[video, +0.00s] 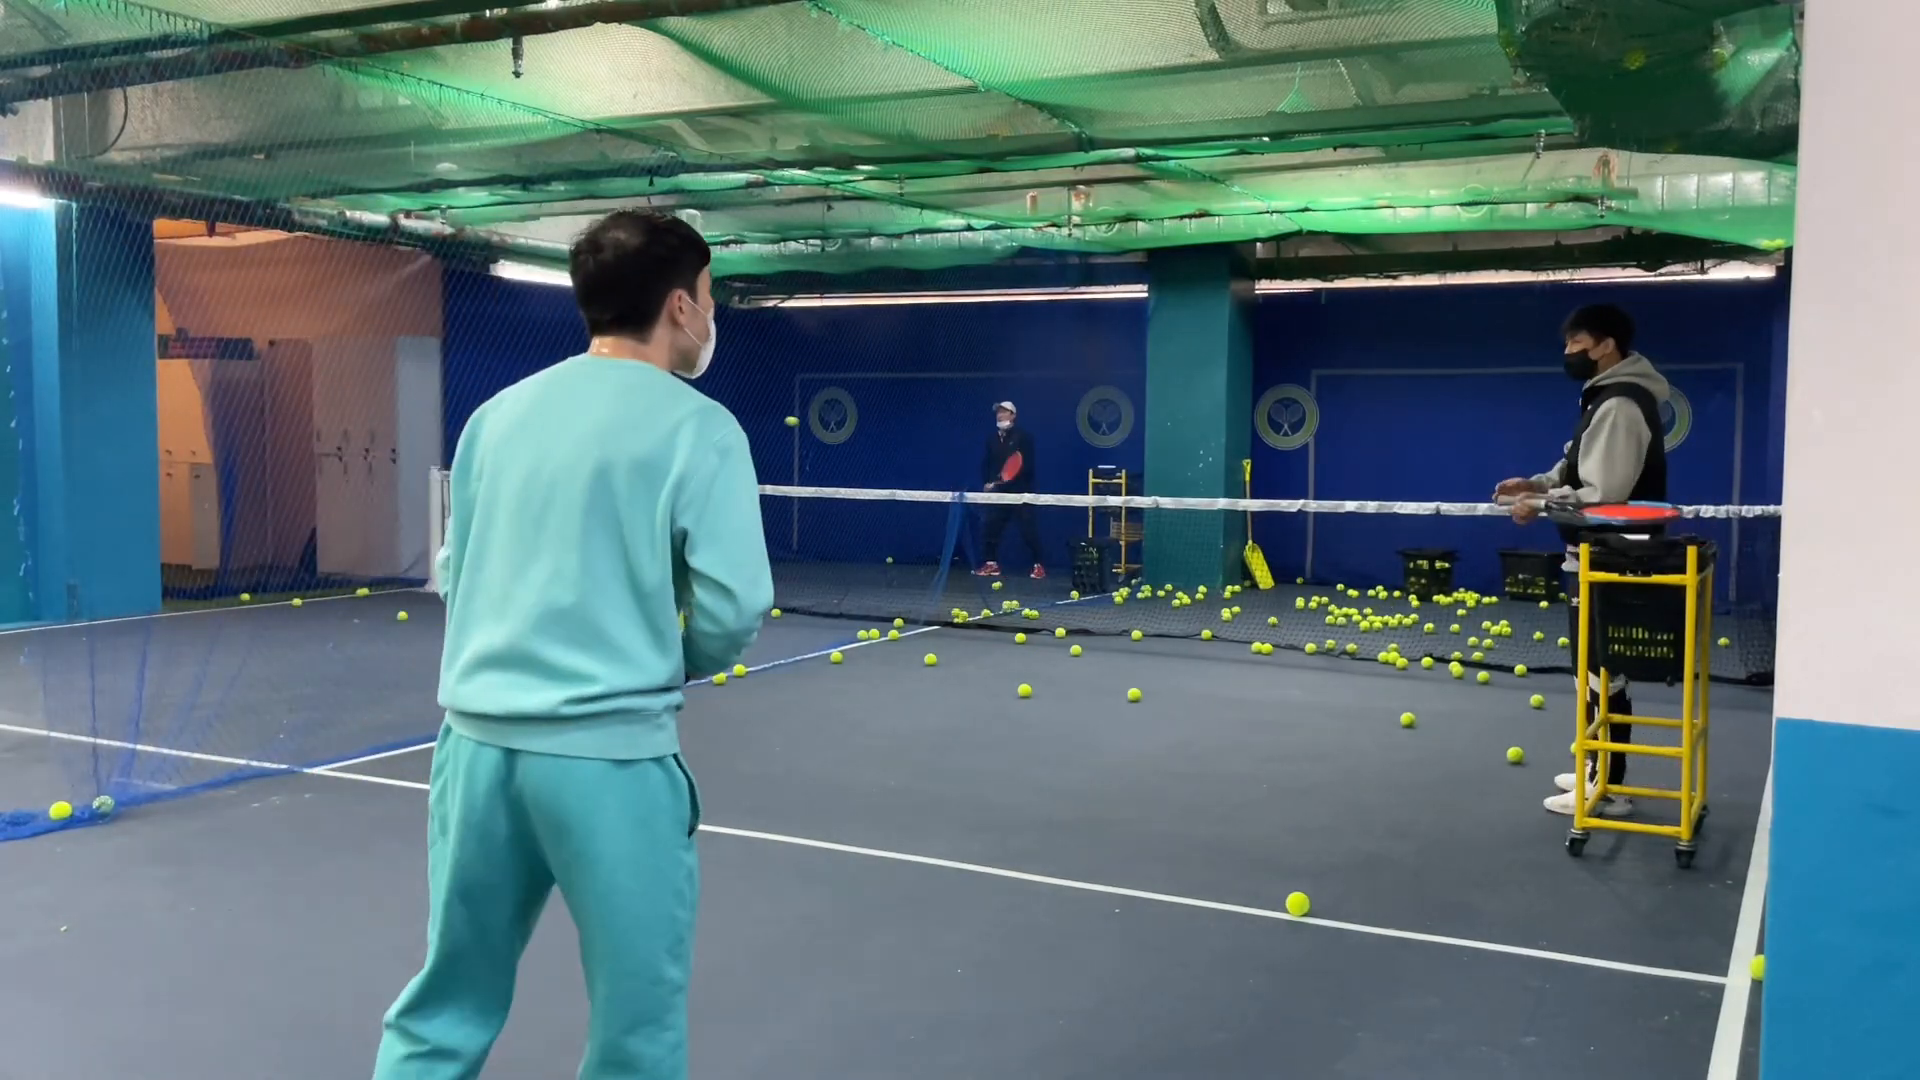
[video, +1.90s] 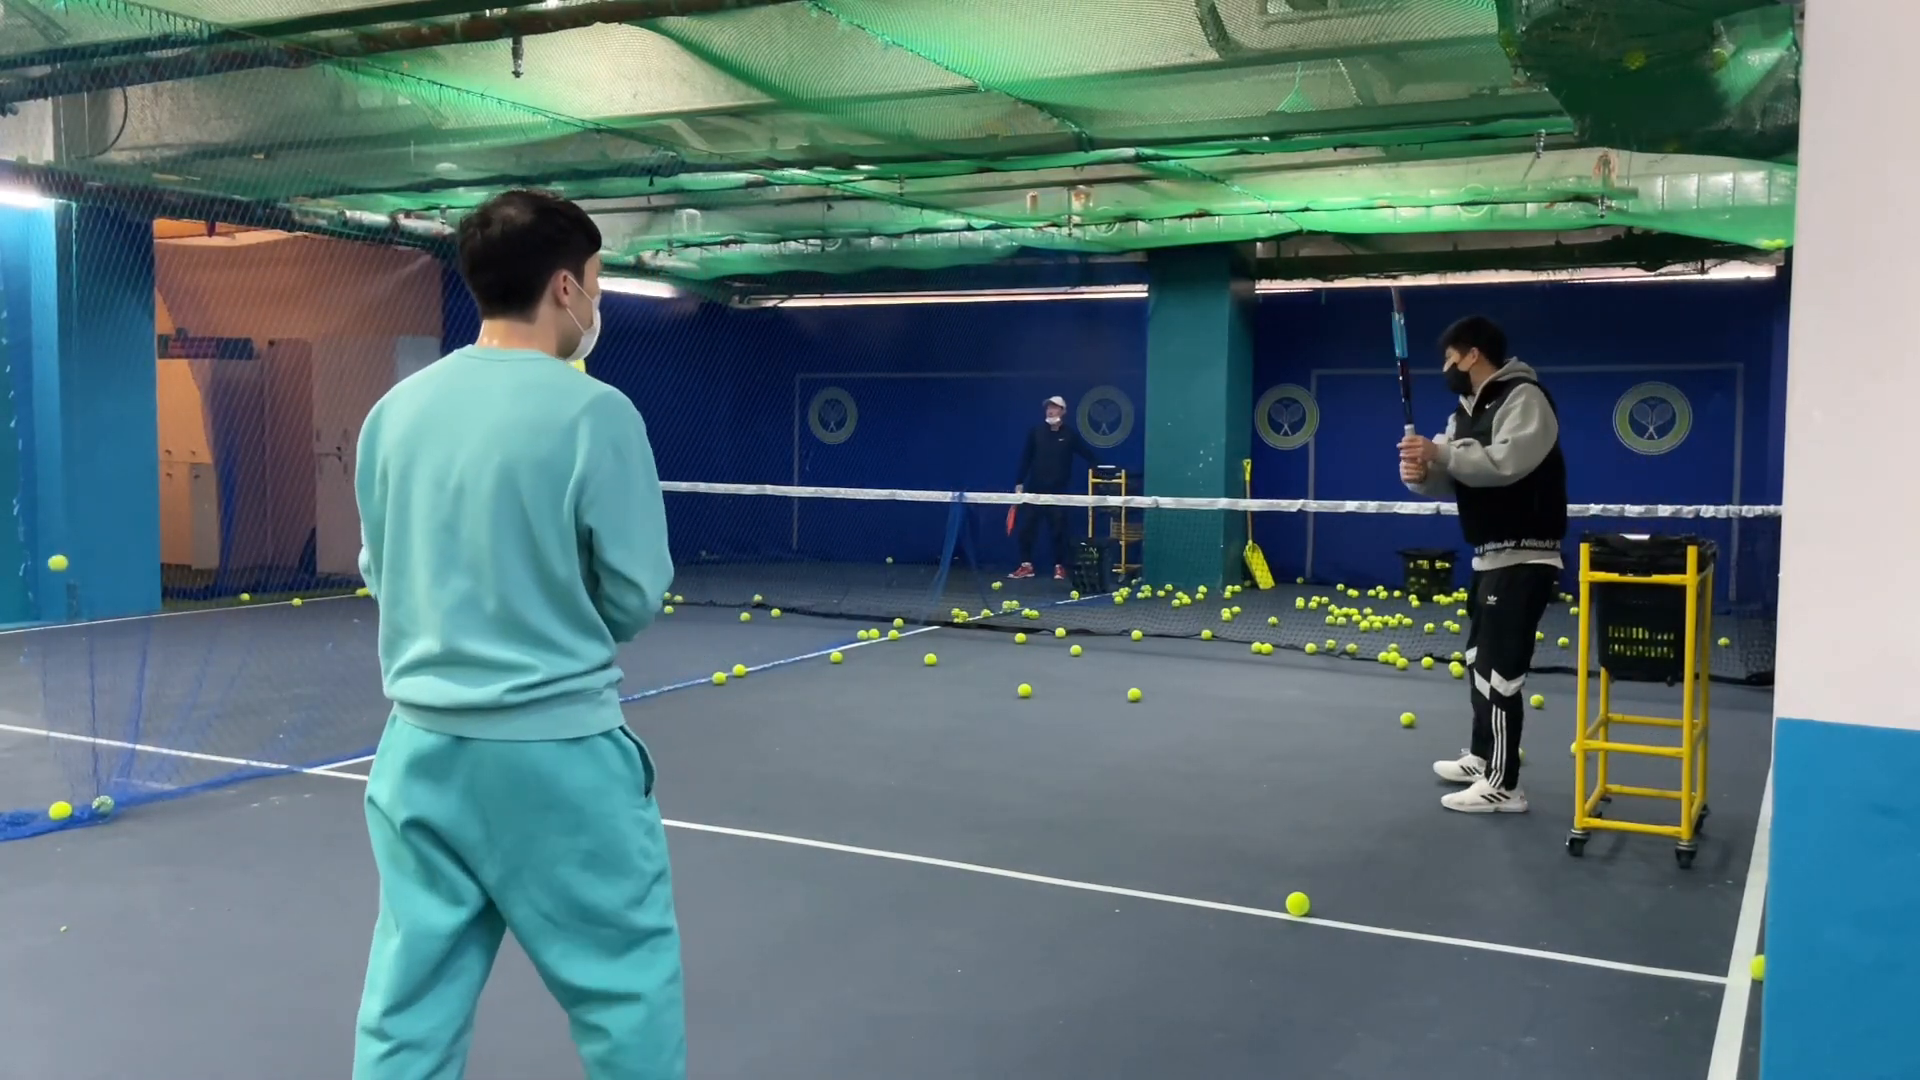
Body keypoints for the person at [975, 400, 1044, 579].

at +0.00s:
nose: (1000, 416)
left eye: (1004, 412)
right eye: (998, 413)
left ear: (1013, 415)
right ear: (995, 416)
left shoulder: (1023, 437)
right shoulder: (992, 439)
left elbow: (1027, 465)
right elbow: (986, 463)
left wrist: (1006, 480)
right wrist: (987, 481)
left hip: (1020, 488)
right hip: (998, 489)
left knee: (1028, 527)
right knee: (992, 525)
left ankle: (1037, 564)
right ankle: (991, 563)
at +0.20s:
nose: (1011, 429)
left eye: (1015, 426)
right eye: (1009, 425)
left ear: (1023, 428)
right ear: (1006, 428)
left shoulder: (1033, 447)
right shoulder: (1002, 448)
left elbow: (1041, 472)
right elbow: (996, 473)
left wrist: (1033, 489)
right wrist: (996, 494)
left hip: (1031, 494)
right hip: (1008, 494)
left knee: (1036, 528)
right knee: (995, 523)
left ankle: (1039, 565)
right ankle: (992, 563)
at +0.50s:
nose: (1034, 443)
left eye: (1037, 440)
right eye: (1031, 440)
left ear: (1042, 442)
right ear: (1025, 440)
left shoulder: (1048, 460)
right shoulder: (1015, 458)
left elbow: (1054, 486)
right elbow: (1001, 482)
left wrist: (1046, 490)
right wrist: (990, 501)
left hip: (1039, 503)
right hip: (1014, 501)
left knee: (1046, 526)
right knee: (997, 522)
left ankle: (1034, 566)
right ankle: (992, 563)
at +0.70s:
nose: (1043, 437)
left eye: (1047, 434)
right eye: (1040, 433)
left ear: (1050, 437)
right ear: (1034, 433)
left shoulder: (1054, 456)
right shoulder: (1023, 452)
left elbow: (1057, 480)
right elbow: (1003, 472)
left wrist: (1043, 470)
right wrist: (995, 494)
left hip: (1043, 499)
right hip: (1018, 496)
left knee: (1045, 532)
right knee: (1005, 530)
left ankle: (1033, 566)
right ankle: (992, 563)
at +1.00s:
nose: (1036, 421)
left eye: (1040, 417)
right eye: (1034, 417)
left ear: (1046, 421)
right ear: (1029, 419)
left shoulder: (1052, 441)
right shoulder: (1019, 440)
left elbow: (1062, 471)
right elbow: (1005, 468)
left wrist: (1055, 461)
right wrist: (1000, 494)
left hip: (1042, 491)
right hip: (1018, 490)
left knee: (1041, 529)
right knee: (1017, 528)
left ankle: (1033, 565)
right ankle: (1016, 563)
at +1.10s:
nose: (1031, 418)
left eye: (1035, 415)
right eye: (1029, 414)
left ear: (1042, 418)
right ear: (1025, 417)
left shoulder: (1049, 439)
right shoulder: (1016, 439)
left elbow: (1063, 467)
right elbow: (1003, 466)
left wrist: (1072, 461)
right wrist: (996, 491)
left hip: (1041, 491)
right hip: (1017, 490)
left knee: (1041, 529)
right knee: (1017, 528)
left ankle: (1034, 565)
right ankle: (1019, 565)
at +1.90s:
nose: (1051, 411)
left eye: (1055, 408)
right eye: (1049, 408)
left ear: (1063, 412)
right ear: (1045, 410)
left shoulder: (1069, 435)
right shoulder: (1036, 432)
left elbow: (1088, 454)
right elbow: (1026, 458)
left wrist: (1098, 469)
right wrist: (1019, 482)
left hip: (1058, 488)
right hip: (1034, 486)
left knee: (1059, 529)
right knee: (1026, 526)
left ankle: (1059, 566)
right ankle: (1026, 564)